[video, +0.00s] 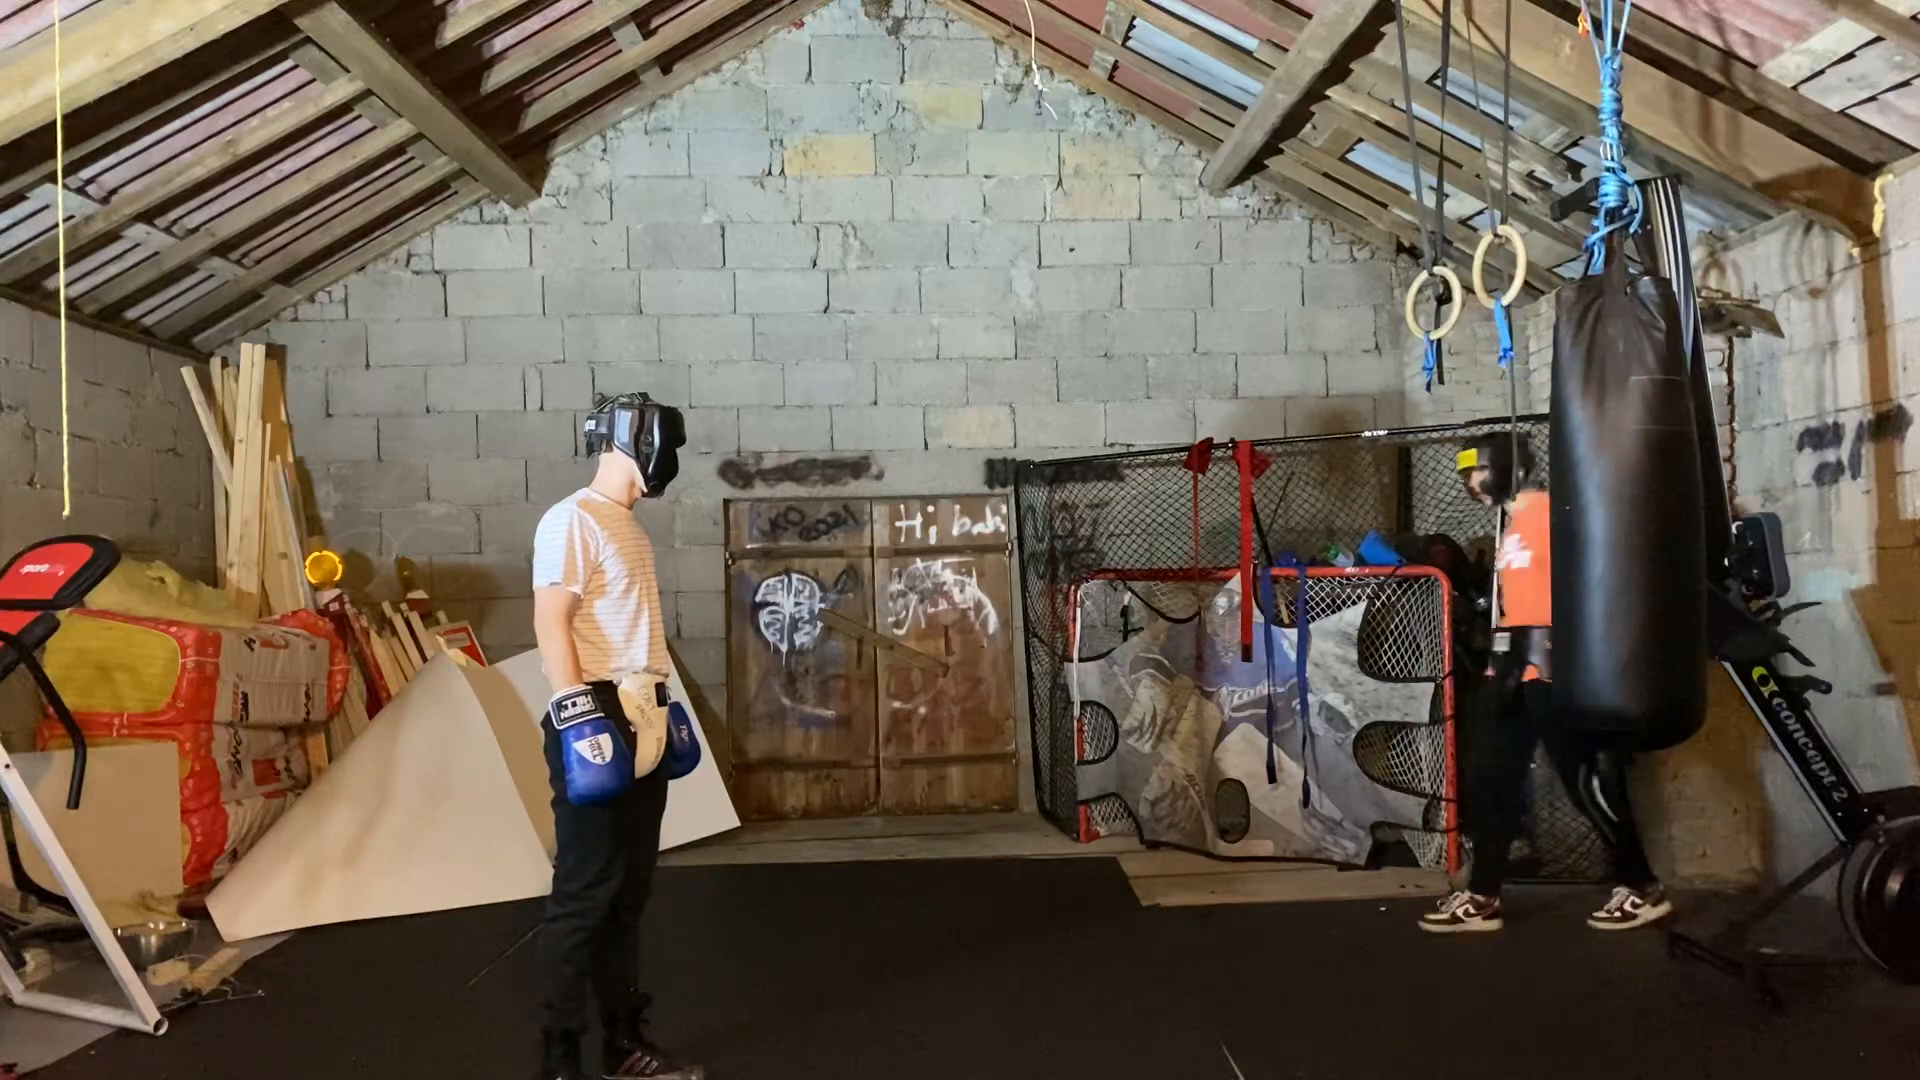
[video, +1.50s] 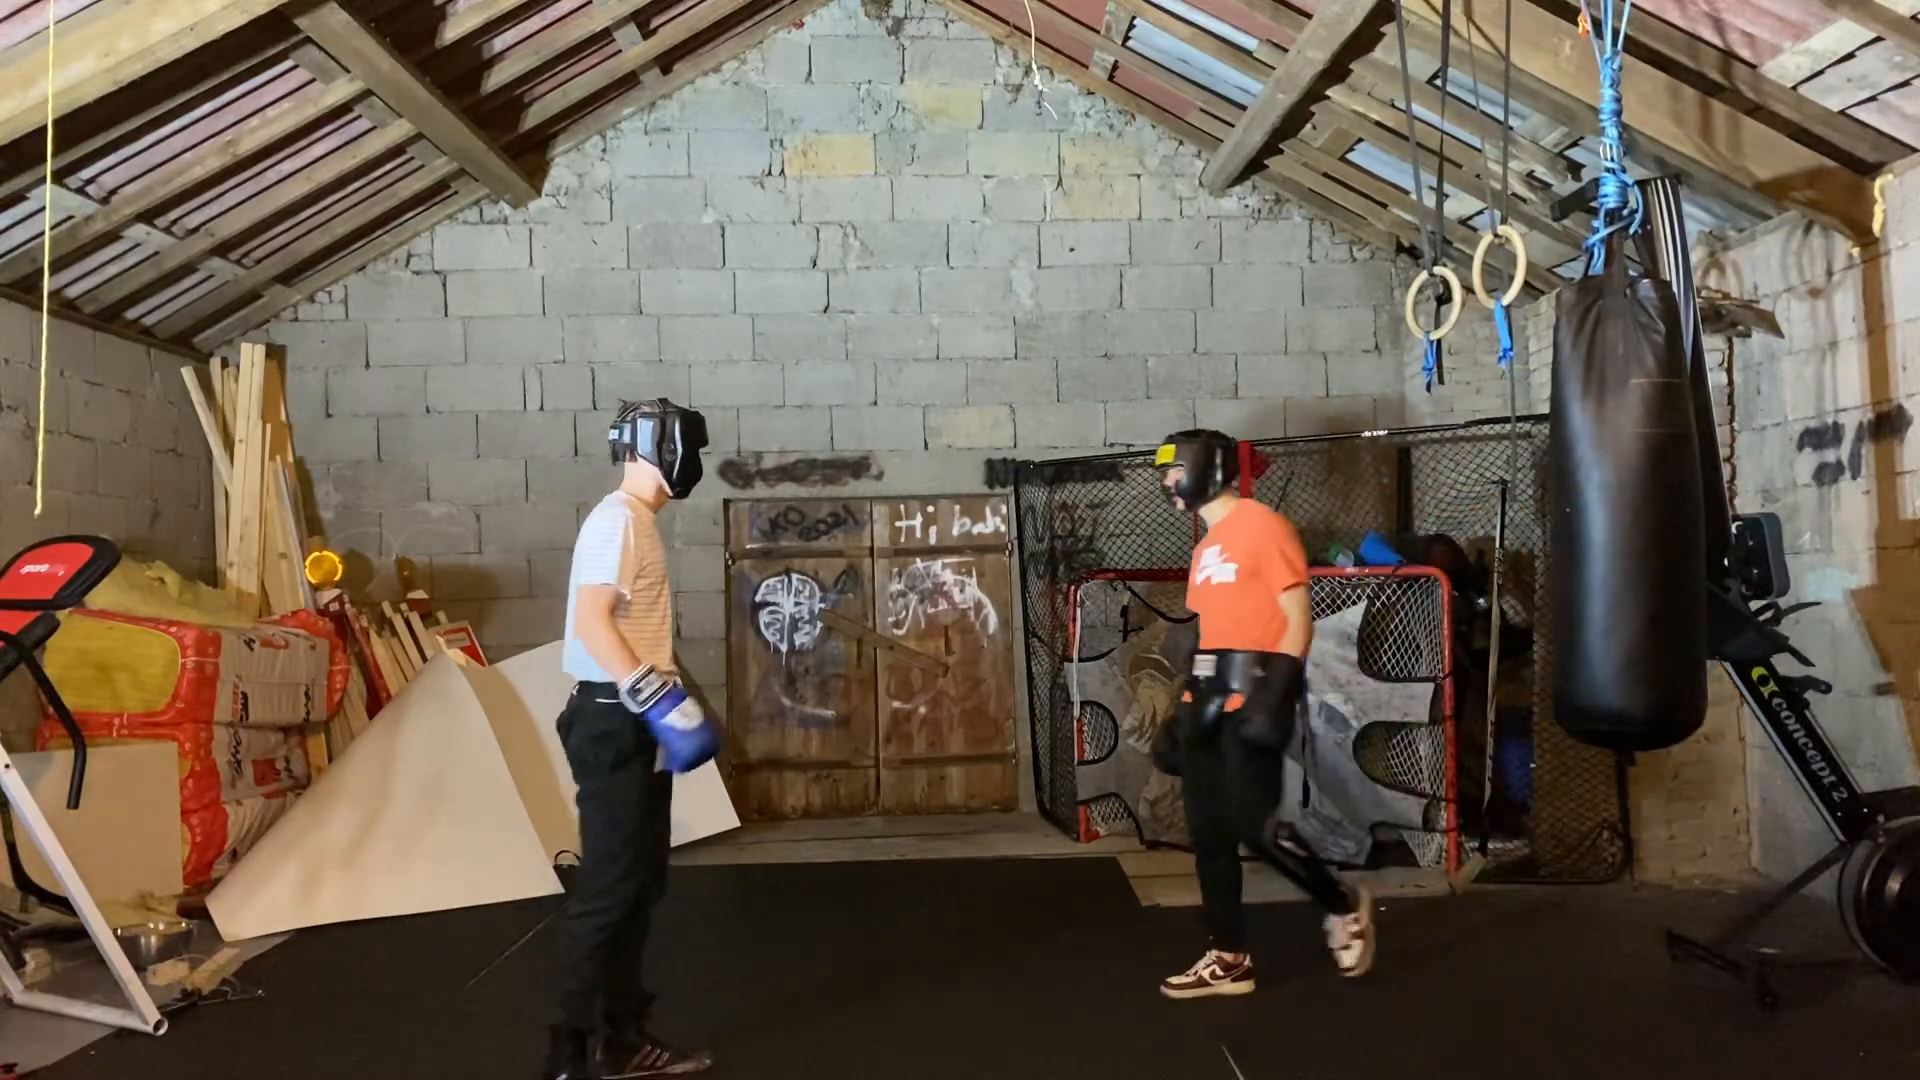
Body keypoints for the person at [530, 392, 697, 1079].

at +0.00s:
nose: (664, 470)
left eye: (665, 457)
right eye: (657, 455)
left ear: (633, 452)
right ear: (624, 446)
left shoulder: (632, 531)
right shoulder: (568, 521)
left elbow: (642, 627)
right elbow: (551, 622)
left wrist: (668, 704)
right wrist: (580, 716)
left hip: (643, 716)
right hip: (593, 719)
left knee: (627, 890)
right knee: (583, 892)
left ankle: (622, 1046)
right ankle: (560, 1058)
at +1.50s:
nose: (694, 466)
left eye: (693, 452)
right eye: (686, 452)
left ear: (643, 450)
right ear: (654, 450)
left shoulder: (637, 522)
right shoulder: (616, 520)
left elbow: (628, 622)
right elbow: (592, 617)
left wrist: (672, 702)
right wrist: (660, 698)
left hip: (635, 714)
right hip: (609, 715)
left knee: (640, 879)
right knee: (611, 883)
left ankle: (623, 1042)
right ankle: (571, 1055)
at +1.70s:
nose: (700, 468)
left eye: (699, 454)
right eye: (694, 453)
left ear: (646, 448)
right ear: (666, 449)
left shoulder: (643, 520)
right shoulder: (630, 519)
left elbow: (655, 627)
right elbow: (631, 618)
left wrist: (731, 633)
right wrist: (724, 624)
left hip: (632, 708)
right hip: (631, 713)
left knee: (630, 872)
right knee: (668, 871)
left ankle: (625, 1038)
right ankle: (607, 1048)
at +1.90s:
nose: (716, 477)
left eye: (716, 463)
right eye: (712, 462)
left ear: (662, 452)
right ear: (691, 455)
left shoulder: (638, 518)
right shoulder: (657, 519)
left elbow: (677, 610)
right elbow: (677, 609)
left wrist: (754, 592)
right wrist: (765, 582)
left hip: (628, 708)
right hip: (658, 711)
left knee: (641, 874)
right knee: (713, 868)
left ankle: (624, 1043)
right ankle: (710, 1045)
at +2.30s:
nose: (802, 488)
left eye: (803, 474)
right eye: (800, 473)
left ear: (747, 461)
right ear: (780, 467)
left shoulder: (715, 524)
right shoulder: (740, 528)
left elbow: (765, 602)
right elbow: (733, 624)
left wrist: (838, 578)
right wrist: (811, 609)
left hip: (701, 712)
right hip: (740, 715)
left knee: (688, 874)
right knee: (774, 867)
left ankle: (631, 1028)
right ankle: (793, 1017)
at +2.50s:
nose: (854, 499)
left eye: (855, 486)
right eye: (852, 486)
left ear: (801, 475)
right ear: (832, 485)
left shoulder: (774, 529)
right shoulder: (782, 543)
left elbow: (786, 612)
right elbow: (745, 633)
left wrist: (842, 594)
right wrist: (827, 644)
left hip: (761, 707)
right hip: (782, 713)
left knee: (784, 856)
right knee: (812, 860)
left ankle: (682, 978)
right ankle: (796, 1019)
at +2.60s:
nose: (868, 493)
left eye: (869, 480)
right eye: (866, 480)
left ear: (814, 469)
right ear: (847, 478)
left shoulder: (781, 523)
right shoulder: (804, 538)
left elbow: (804, 603)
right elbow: (775, 630)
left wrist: (857, 577)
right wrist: (855, 637)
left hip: (777, 699)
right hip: (800, 705)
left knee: (818, 844)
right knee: (827, 852)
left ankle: (735, 963)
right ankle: (795, 1019)